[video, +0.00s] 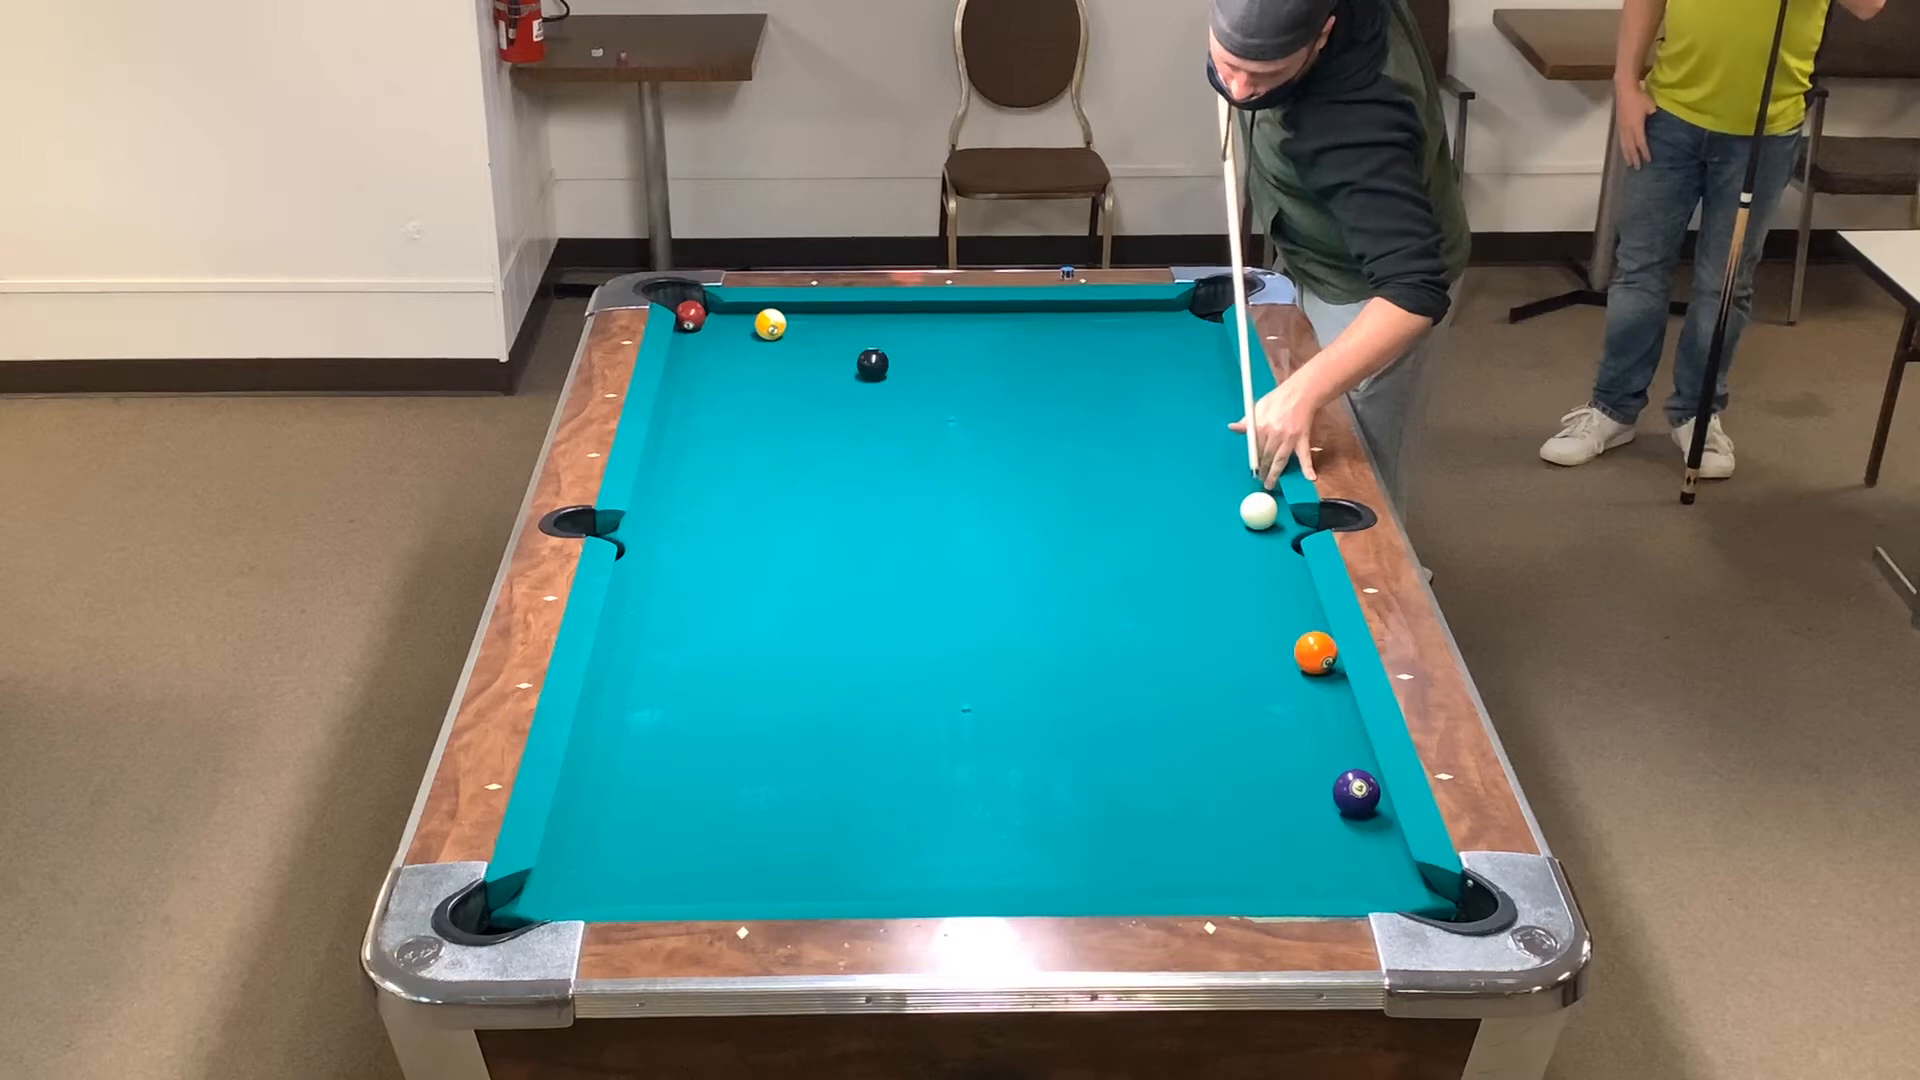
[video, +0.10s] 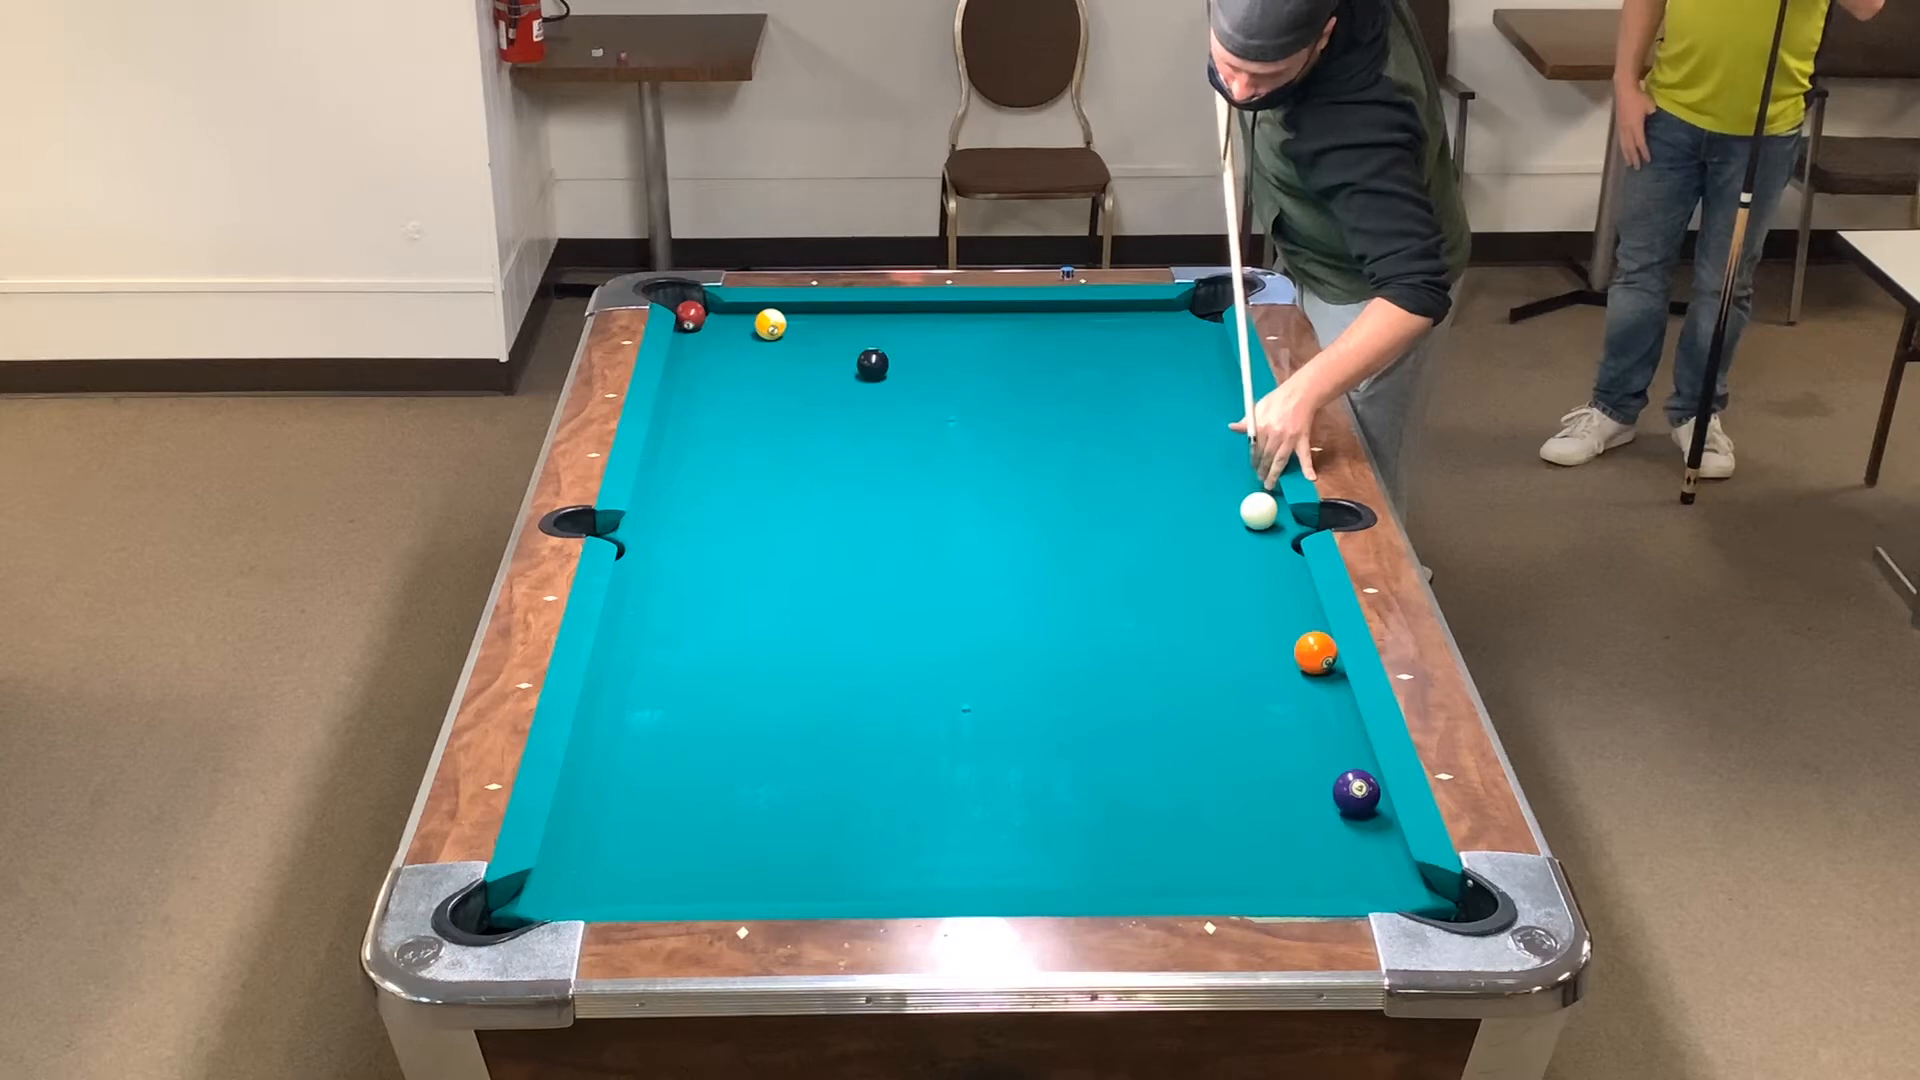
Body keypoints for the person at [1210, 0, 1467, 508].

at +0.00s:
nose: (1239, 89)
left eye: (1267, 76)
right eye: (1227, 64)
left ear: (1323, 32)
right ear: (1218, 14)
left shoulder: (1353, 112)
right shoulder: (1268, 12)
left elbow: (1419, 289)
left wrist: (1304, 391)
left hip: (1369, 286)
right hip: (1304, 255)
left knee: (1358, 466)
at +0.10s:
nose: (1240, 90)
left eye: (1268, 76)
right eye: (1227, 64)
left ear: (1324, 33)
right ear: (1216, 14)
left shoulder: (1353, 113)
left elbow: (1419, 290)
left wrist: (1303, 392)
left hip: (1369, 285)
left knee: (1358, 462)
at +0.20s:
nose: (1240, 90)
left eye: (1269, 76)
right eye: (1228, 64)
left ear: (1324, 33)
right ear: (1217, 14)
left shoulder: (1354, 114)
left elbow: (1419, 290)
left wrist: (1305, 391)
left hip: (1368, 287)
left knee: (1357, 466)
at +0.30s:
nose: (1240, 89)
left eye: (1268, 76)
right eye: (1228, 64)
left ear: (1324, 32)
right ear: (1218, 14)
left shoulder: (1353, 114)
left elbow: (1419, 290)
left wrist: (1304, 391)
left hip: (1368, 286)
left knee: (1357, 464)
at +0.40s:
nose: (1240, 89)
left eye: (1269, 76)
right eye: (1227, 63)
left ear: (1325, 32)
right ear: (1217, 14)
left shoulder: (1354, 113)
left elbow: (1419, 290)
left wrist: (1305, 391)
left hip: (1368, 286)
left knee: (1357, 466)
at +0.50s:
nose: (1240, 89)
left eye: (1269, 76)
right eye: (1228, 64)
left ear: (1325, 33)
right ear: (1218, 14)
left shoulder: (1355, 113)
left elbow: (1420, 290)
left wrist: (1305, 391)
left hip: (1368, 286)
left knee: (1357, 465)